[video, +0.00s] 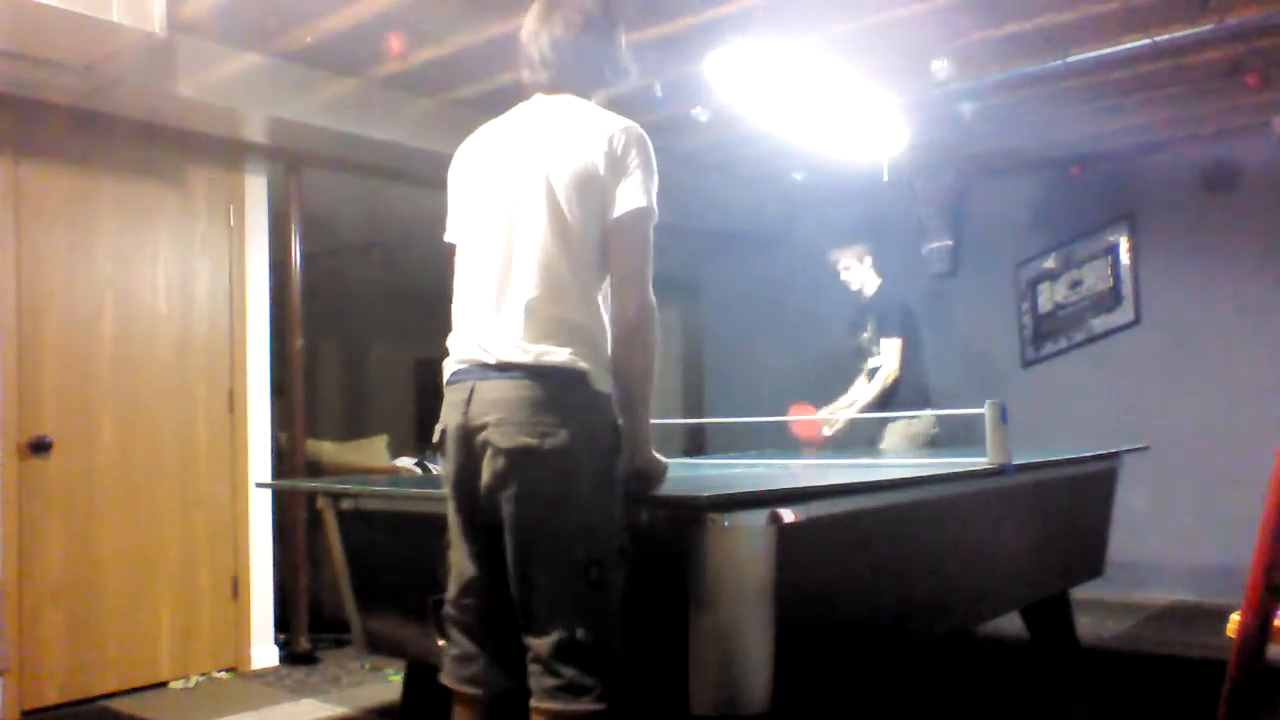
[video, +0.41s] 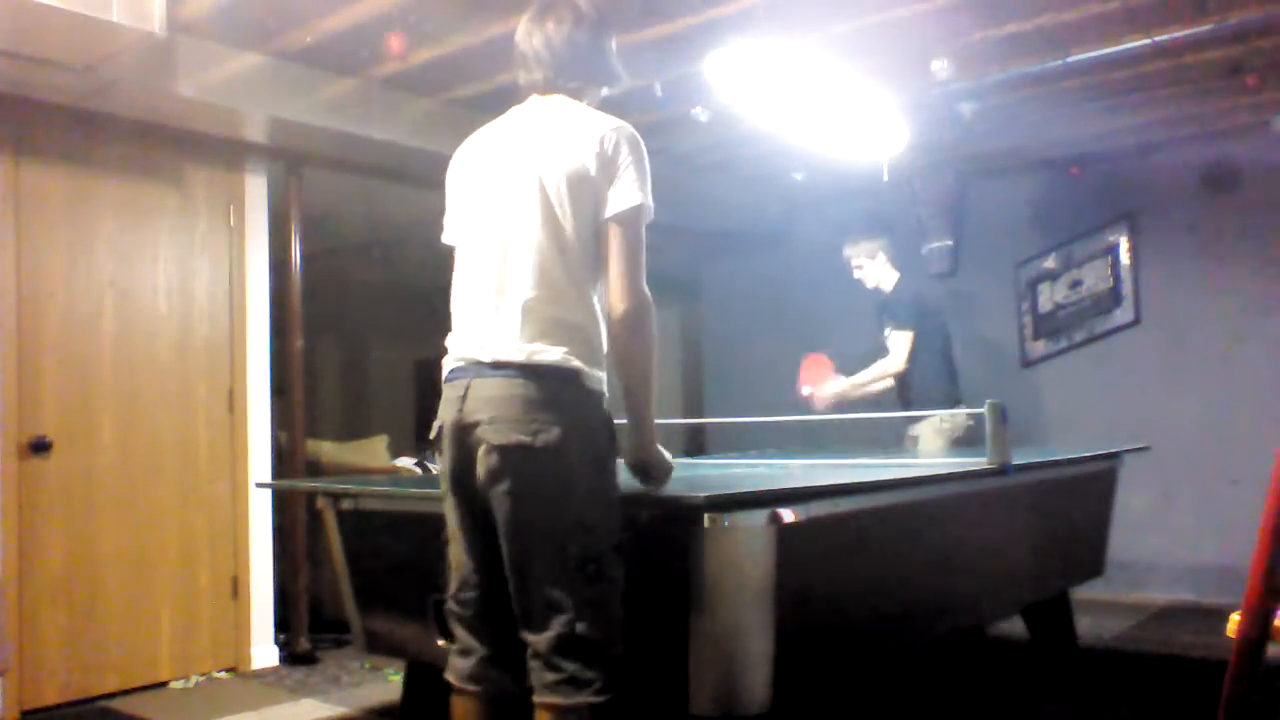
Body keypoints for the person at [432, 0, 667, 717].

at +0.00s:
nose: (624, 68)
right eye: (619, 51)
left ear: (529, 57)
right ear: (608, 55)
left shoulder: (473, 147)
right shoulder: (617, 137)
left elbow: (467, 291)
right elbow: (631, 307)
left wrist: (459, 418)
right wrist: (638, 439)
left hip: (462, 410)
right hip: (554, 413)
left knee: (471, 640)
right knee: (566, 651)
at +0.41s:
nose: (615, 75)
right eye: (609, 62)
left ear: (523, 64)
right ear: (599, 63)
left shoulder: (471, 149)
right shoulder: (609, 136)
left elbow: (466, 296)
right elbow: (625, 301)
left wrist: (453, 417)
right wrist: (642, 432)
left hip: (459, 408)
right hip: (546, 410)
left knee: (474, 638)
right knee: (568, 643)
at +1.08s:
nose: (463, 142)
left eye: (466, 126)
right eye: (459, 122)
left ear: (386, 116)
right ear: (425, 113)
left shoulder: (326, 198)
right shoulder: (400, 180)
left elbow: (318, 351)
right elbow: (408, 330)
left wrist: (403, 418)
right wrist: (546, 390)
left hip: (292, 439)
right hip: (345, 437)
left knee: (350, 651)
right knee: (440, 651)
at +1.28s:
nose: (389, 137)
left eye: (386, 127)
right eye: (385, 125)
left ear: (299, 126)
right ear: (369, 122)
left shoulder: (247, 198)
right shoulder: (372, 165)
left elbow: (184, 334)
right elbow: (501, 223)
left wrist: (266, 367)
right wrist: (622, 199)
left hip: (222, 422)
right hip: (290, 420)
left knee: (283, 634)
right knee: (326, 643)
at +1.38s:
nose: (360, 132)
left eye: (358, 123)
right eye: (357, 122)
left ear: (274, 120)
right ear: (342, 118)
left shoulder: (216, 198)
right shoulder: (351, 161)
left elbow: (151, 333)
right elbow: (493, 191)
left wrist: (228, 383)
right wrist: (588, 134)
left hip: (203, 419)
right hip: (269, 418)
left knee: (261, 646)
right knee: (259, 656)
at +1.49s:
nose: (334, 125)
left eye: (332, 114)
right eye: (329, 114)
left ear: (245, 117)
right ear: (315, 113)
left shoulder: (191, 196)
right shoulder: (321, 158)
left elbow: (134, 341)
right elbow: (473, 187)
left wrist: (190, 420)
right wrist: (528, 118)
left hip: (181, 432)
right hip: (241, 432)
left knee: (283, 616)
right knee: (192, 670)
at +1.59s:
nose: (313, 117)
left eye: (310, 102)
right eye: (305, 103)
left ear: (223, 108)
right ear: (286, 102)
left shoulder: (167, 195)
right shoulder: (289, 157)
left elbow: (122, 349)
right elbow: (438, 203)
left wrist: (156, 442)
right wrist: (477, 127)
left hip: (157, 437)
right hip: (206, 444)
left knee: (272, 629)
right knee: (144, 676)